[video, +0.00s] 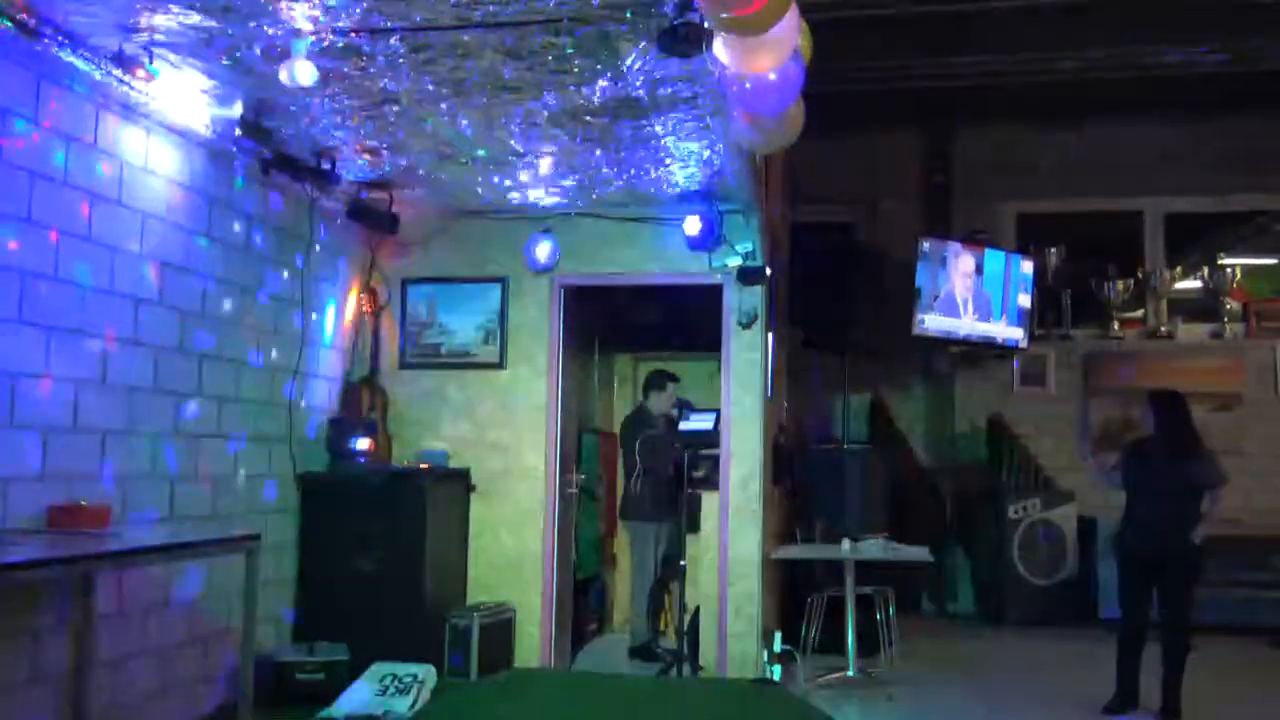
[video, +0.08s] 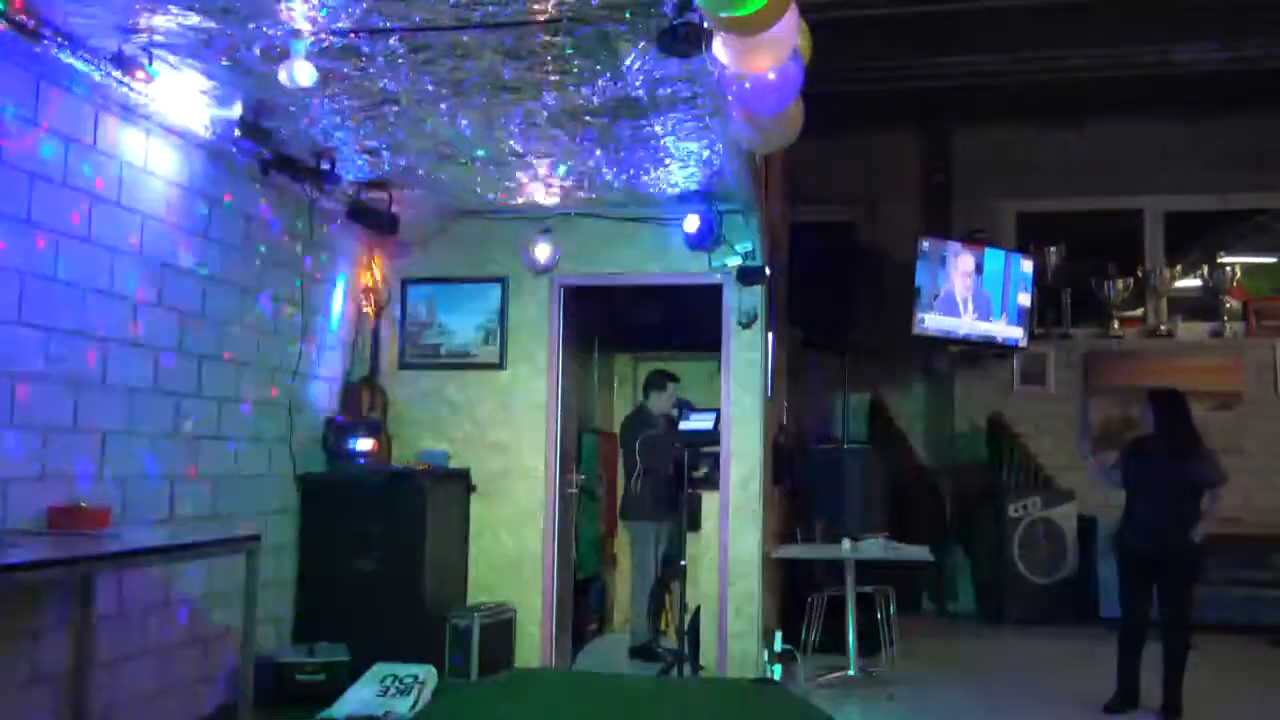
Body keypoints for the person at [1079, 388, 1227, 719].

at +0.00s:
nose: (1145, 417)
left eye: (1147, 411)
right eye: (1148, 410)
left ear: (1152, 415)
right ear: (1183, 413)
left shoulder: (1137, 450)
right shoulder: (1196, 453)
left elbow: (1112, 479)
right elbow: (1215, 497)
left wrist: (1092, 459)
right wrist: (1198, 532)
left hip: (1135, 546)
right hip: (1179, 548)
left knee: (1131, 623)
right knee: (1175, 628)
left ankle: (1125, 697)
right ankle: (1171, 705)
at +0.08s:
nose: (1144, 416)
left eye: (1147, 410)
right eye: (1147, 409)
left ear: (1152, 414)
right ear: (1182, 412)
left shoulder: (1136, 449)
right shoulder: (1195, 452)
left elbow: (1110, 477)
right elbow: (1216, 494)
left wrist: (1090, 453)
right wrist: (1199, 530)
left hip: (1135, 545)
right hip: (1179, 547)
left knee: (1132, 622)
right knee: (1175, 626)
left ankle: (1125, 695)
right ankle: (1172, 702)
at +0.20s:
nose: (1142, 416)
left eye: (1146, 409)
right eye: (1145, 409)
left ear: (1151, 413)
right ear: (1181, 412)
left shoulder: (1136, 449)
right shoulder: (1194, 451)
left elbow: (1112, 478)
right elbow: (1215, 495)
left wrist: (1090, 455)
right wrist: (1197, 531)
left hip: (1134, 544)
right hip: (1178, 546)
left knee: (1131, 621)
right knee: (1175, 625)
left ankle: (1125, 694)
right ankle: (1171, 702)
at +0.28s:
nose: (1142, 416)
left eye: (1145, 409)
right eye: (1146, 408)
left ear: (1149, 413)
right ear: (1181, 411)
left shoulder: (1134, 449)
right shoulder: (1193, 451)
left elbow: (1108, 476)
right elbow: (1215, 493)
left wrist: (1086, 450)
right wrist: (1197, 529)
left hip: (1133, 545)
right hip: (1177, 546)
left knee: (1130, 621)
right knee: (1174, 625)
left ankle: (1125, 694)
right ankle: (1171, 701)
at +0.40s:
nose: (1141, 416)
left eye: (1143, 410)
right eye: (1144, 409)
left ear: (1148, 414)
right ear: (1179, 412)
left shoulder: (1134, 450)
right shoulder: (1193, 452)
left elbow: (1105, 476)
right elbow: (1215, 493)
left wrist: (1084, 448)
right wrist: (1197, 529)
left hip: (1133, 545)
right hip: (1177, 546)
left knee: (1127, 621)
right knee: (1174, 625)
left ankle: (1123, 694)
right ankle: (1171, 701)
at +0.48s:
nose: (1139, 418)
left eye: (1142, 412)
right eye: (1142, 411)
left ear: (1148, 416)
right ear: (1179, 414)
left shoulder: (1135, 450)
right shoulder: (1192, 452)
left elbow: (1103, 478)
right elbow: (1214, 498)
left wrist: (1081, 450)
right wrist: (1196, 529)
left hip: (1132, 545)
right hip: (1176, 546)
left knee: (1123, 620)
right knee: (1173, 624)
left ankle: (1120, 695)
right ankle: (1170, 702)